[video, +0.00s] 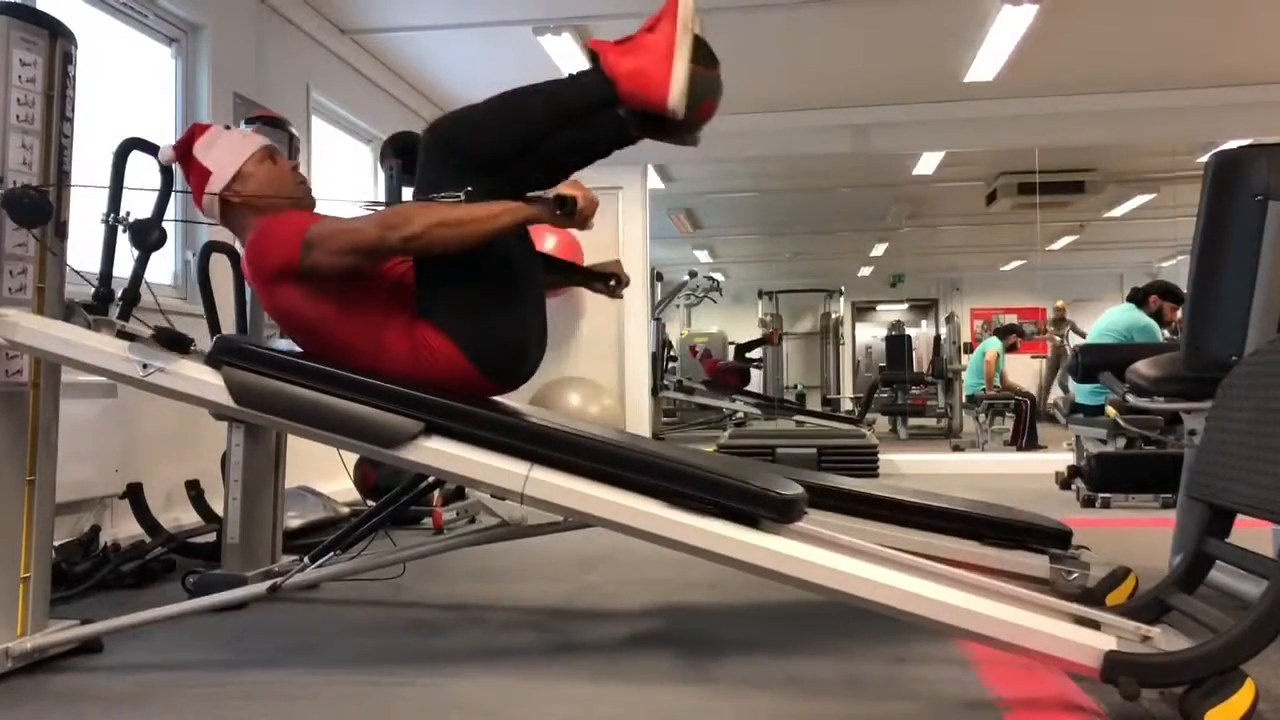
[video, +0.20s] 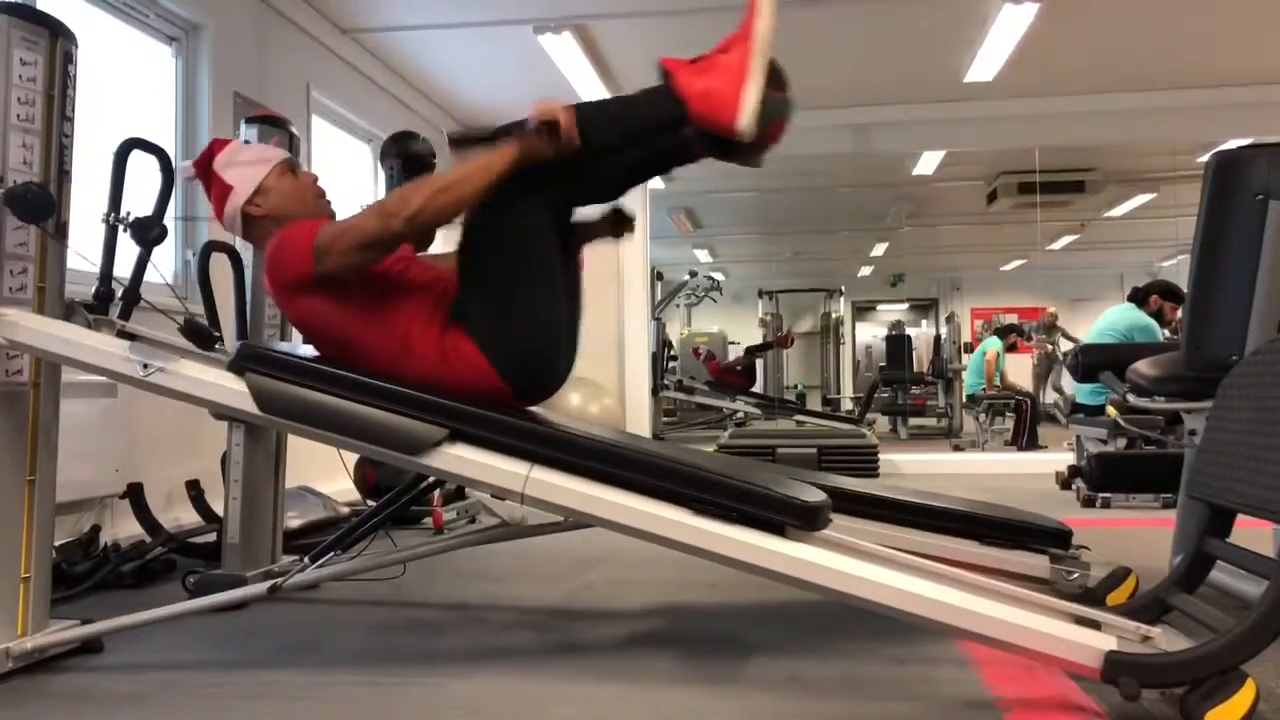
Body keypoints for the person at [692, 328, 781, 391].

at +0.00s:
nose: (709, 350)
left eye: (707, 348)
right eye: (706, 349)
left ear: (702, 356)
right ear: (704, 354)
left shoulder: (709, 365)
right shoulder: (710, 365)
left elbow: (732, 364)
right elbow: (731, 364)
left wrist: (754, 361)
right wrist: (752, 365)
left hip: (738, 380)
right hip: (741, 380)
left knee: (739, 350)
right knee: (739, 349)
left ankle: (768, 339)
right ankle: (768, 339)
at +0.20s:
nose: (712, 351)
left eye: (709, 350)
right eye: (709, 351)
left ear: (704, 358)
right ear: (707, 356)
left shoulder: (712, 368)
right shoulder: (714, 366)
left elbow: (733, 363)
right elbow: (736, 362)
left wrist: (746, 360)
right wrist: (748, 361)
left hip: (743, 381)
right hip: (745, 381)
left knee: (749, 351)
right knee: (749, 351)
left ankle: (778, 342)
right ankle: (778, 343)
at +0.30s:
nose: (714, 353)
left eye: (711, 351)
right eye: (711, 352)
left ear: (707, 360)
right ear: (710, 357)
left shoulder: (716, 368)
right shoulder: (718, 368)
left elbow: (735, 362)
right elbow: (736, 362)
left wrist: (746, 350)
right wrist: (747, 349)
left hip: (747, 382)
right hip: (750, 383)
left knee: (756, 353)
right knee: (757, 353)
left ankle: (784, 345)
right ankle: (785, 345)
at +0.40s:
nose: (720, 357)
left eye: (717, 355)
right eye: (717, 356)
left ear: (711, 363)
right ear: (715, 360)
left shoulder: (720, 371)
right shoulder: (721, 370)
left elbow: (738, 362)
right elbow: (738, 362)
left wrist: (745, 347)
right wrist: (746, 347)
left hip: (753, 385)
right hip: (755, 384)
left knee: (766, 358)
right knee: (767, 357)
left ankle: (797, 349)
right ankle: (798, 349)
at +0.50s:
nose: (720, 357)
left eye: (718, 356)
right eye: (718, 357)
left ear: (714, 364)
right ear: (715, 361)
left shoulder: (724, 372)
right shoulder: (725, 372)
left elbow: (740, 361)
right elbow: (741, 361)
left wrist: (743, 345)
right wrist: (744, 344)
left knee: (777, 362)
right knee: (778, 361)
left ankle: (806, 354)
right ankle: (807, 354)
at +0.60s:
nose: (727, 361)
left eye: (725, 360)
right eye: (724, 361)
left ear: (719, 366)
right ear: (722, 364)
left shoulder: (731, 374)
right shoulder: (729, 375)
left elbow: (742, 361)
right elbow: (742, 361)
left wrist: (741, 345)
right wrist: (741, 345)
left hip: (765, 385)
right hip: (765, 387)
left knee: (784, 365)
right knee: (784, 365)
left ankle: (816, 357)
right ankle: (816, 357)